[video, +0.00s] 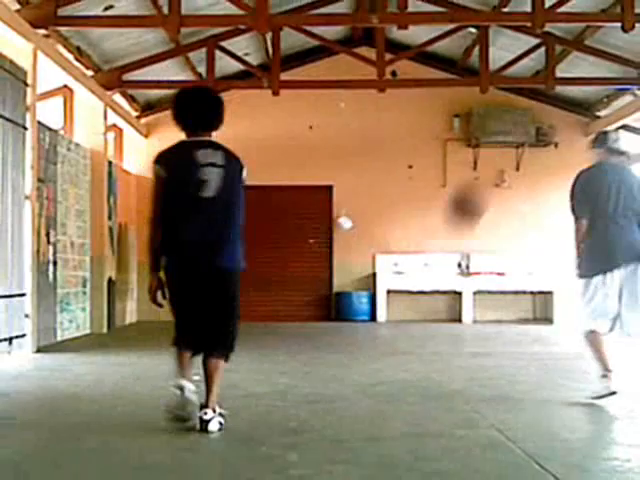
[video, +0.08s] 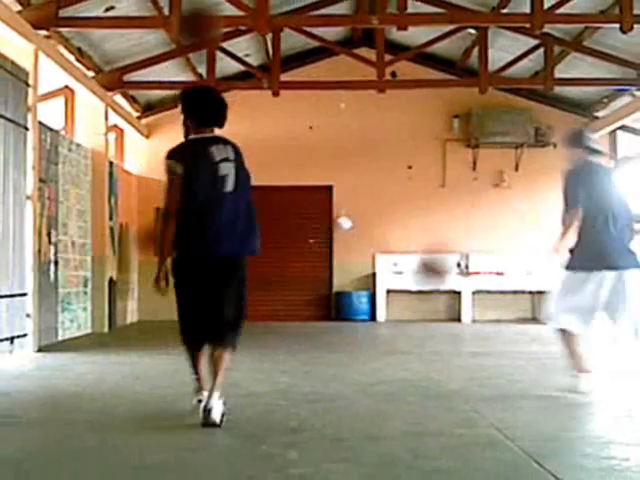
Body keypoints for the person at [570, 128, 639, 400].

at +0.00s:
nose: (594, 155)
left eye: (596, 151)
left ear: (598, 151)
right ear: (621, 151)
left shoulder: (586, 177)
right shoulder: (633, 176)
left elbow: (581, 222)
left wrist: (579, 255)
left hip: (600, 256)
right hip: (633, 254)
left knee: (593, 322)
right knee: (634, 324)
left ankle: (607, 377)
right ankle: (636, 380)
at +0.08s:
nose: (567, 156)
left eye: (568, 150)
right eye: (568, 151)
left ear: (575, 150)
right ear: (592, 149)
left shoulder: (577, 173)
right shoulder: (609, 174)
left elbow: (574, 214)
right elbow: (629, 219)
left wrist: (561, 244)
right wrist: (620, 242)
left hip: (591, 259)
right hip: (624, 260)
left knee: (564, 314)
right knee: (627, 326)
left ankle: (584, 373)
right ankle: (627, 378)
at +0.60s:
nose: (444, 146)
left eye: (445, 141)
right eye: (447, 141)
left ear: (448, 142)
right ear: (467, 142)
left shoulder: (448, 171)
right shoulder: (481, 171)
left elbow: (401, 190)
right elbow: (503, 208)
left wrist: (352, 189)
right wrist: (477, 226)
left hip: (487, 251)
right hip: (483, 249)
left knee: (504, 308)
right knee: (459, 305)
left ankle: (530, 364)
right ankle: (447, 358)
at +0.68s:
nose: (412, 158)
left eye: (415, 153)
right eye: (415, 153)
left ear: (422, 155)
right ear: (439, 154)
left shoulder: (418, 181)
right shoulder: (452, 179)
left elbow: (372, 194)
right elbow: (484, 211)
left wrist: (331, 189)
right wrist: (459, 229)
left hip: (462, 258)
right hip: (456, 257)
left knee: (491, 313)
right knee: (423, 311)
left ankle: (527, 362)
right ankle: (401, 363)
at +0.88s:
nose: (371, 171)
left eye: (373, 166)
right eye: (371, 166)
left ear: (380, 166)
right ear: (391, 164)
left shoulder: (389, 190)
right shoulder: (404, 186)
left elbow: (359, 232)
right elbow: (413, 234)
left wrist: (326, 256)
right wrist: (391, 260)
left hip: (412, 260)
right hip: (420, 256)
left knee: (396, 308)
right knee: (386, 306)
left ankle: (455, 342)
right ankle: (389, 361)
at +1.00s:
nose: (355, 171)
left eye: (356, 166)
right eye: (354, 166)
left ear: (365, 164)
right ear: (373, 162)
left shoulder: (378, 186)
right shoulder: (387, 182)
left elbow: (372, 232)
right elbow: (380, 233)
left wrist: (348, 266)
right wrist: (365, 260)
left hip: (403, 253)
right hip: (409, 251)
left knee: (381, 299)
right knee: (390, 303)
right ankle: (408, 354)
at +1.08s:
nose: (344, 172)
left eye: (345, 166)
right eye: (342, 167)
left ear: (354, 163)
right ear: (361, 162)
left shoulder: (372, 184)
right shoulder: (374, 181)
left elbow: (376, 230)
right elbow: (373, 228)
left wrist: (356, 269)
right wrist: (352, 249)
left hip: (392, 253)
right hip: (398, 251)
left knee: (364, 300)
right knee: (381, 305)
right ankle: (387, 358)